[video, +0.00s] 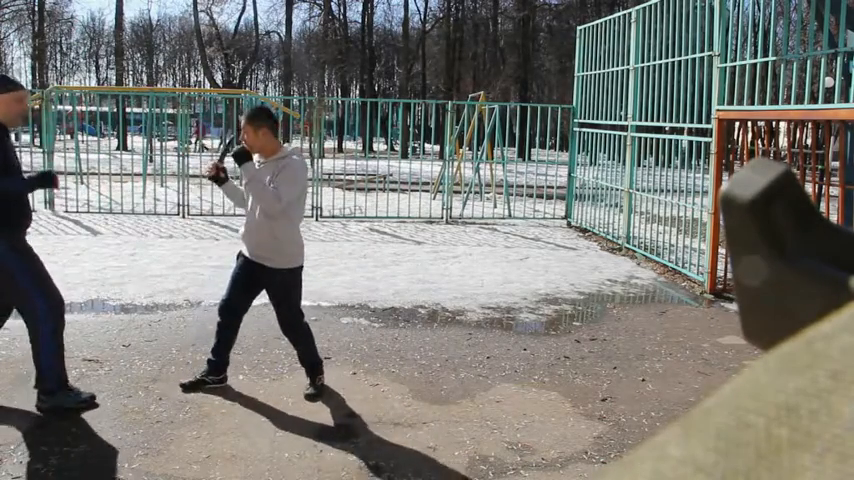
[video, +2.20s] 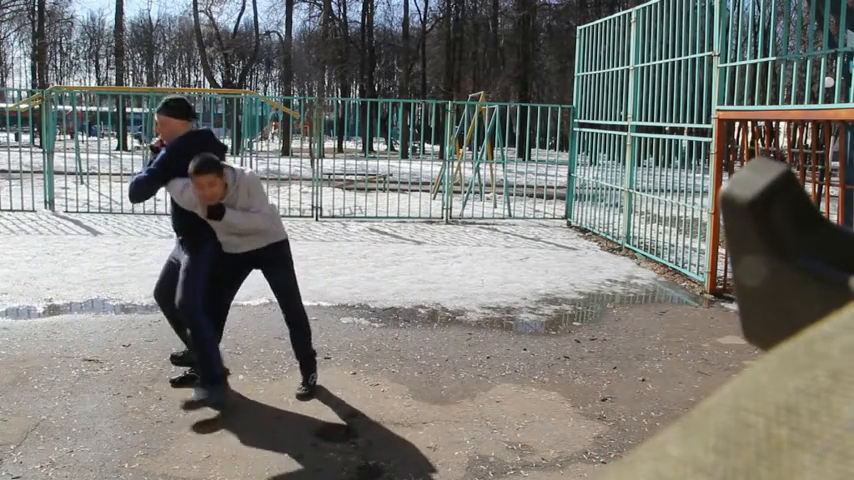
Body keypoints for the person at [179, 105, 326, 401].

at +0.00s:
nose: (244, 141)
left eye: (247, 135)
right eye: (243, 136)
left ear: (266, 133)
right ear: (260, 135)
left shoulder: (295, 165)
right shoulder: (258, 164)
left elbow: (273, 206)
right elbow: (249, 204)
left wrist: (246, 166)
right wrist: (223, 182)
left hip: (283, 262)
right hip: (252, 258)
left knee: (292, 323)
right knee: (228, 313)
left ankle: (316, 375)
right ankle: (215, 373)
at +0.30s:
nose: (226, 148)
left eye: (230, 143)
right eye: (226, 143)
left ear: (247, 141)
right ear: (238, 143)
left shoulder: (277, 173)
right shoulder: (234, 172)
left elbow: (256, 209)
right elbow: (210, 193)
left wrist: (229, 171)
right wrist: (192, 167)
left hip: (268, 268)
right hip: (233, 263)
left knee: (285, 329)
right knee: (201, 309)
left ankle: (315, 374)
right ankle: (185, 368)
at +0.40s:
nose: (203, 141)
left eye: (206, 135)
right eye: (203, 135)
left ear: (224, 136)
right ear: (219, 138)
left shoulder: (257, 168)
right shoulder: (203, 170)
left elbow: (244, 206)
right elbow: (174, 167)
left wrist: (215, 171)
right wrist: (150, 139)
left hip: (256, 266)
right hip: (218, 263)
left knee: (280, 322)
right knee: (189, 313)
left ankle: (314, 373)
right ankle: (175, 368)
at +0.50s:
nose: (177, 135)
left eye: (182, 130)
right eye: (178, 130)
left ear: (199, 132)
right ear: (193, 133)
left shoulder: (234, 164)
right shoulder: (178, 159)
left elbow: (227, 201)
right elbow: (148, 138)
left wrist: (195, 167)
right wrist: (121, 114)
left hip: (243, 258)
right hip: (208, 256)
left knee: (271, 317)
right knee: (180, 309)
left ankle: (307, 371)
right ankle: (174, 368)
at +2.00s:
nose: (205, 169)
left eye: (211, 162)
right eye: (199, 162)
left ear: (224, 161)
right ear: (192, 162)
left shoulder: (246, 173)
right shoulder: (187, 178)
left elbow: (258, 215)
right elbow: (161, 168)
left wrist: (217, 201)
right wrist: (146, 148)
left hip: (268, 246)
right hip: (232, 249)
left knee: (290, 309)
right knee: (211, 308)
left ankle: (309, 372)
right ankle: (206, 367)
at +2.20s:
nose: (206, 192)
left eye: (212, 185)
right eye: (199, 187)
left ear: (224, 178)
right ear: (191, 184)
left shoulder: (247, 181)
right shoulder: (185, 195)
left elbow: (264, 221)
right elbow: (170, 180)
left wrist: (222, 215)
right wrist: (162, 153)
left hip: (270, 245)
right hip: (231, 251)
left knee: (292, 308)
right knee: (212, 309)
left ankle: (309, 372)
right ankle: (203, 369)